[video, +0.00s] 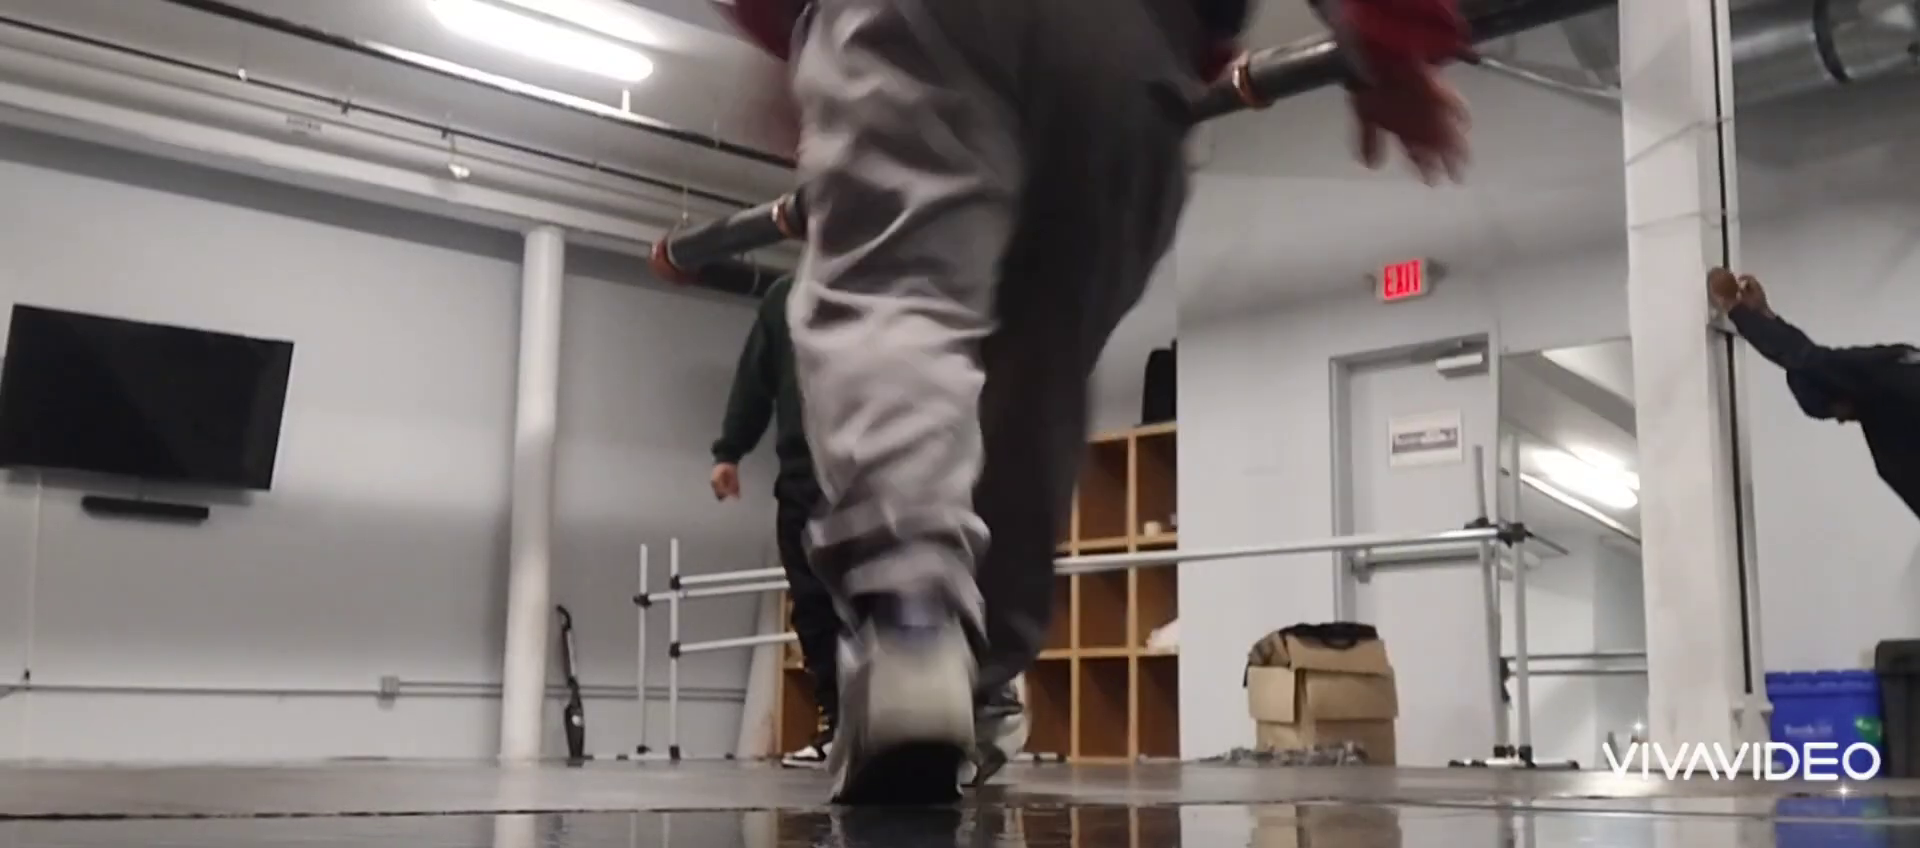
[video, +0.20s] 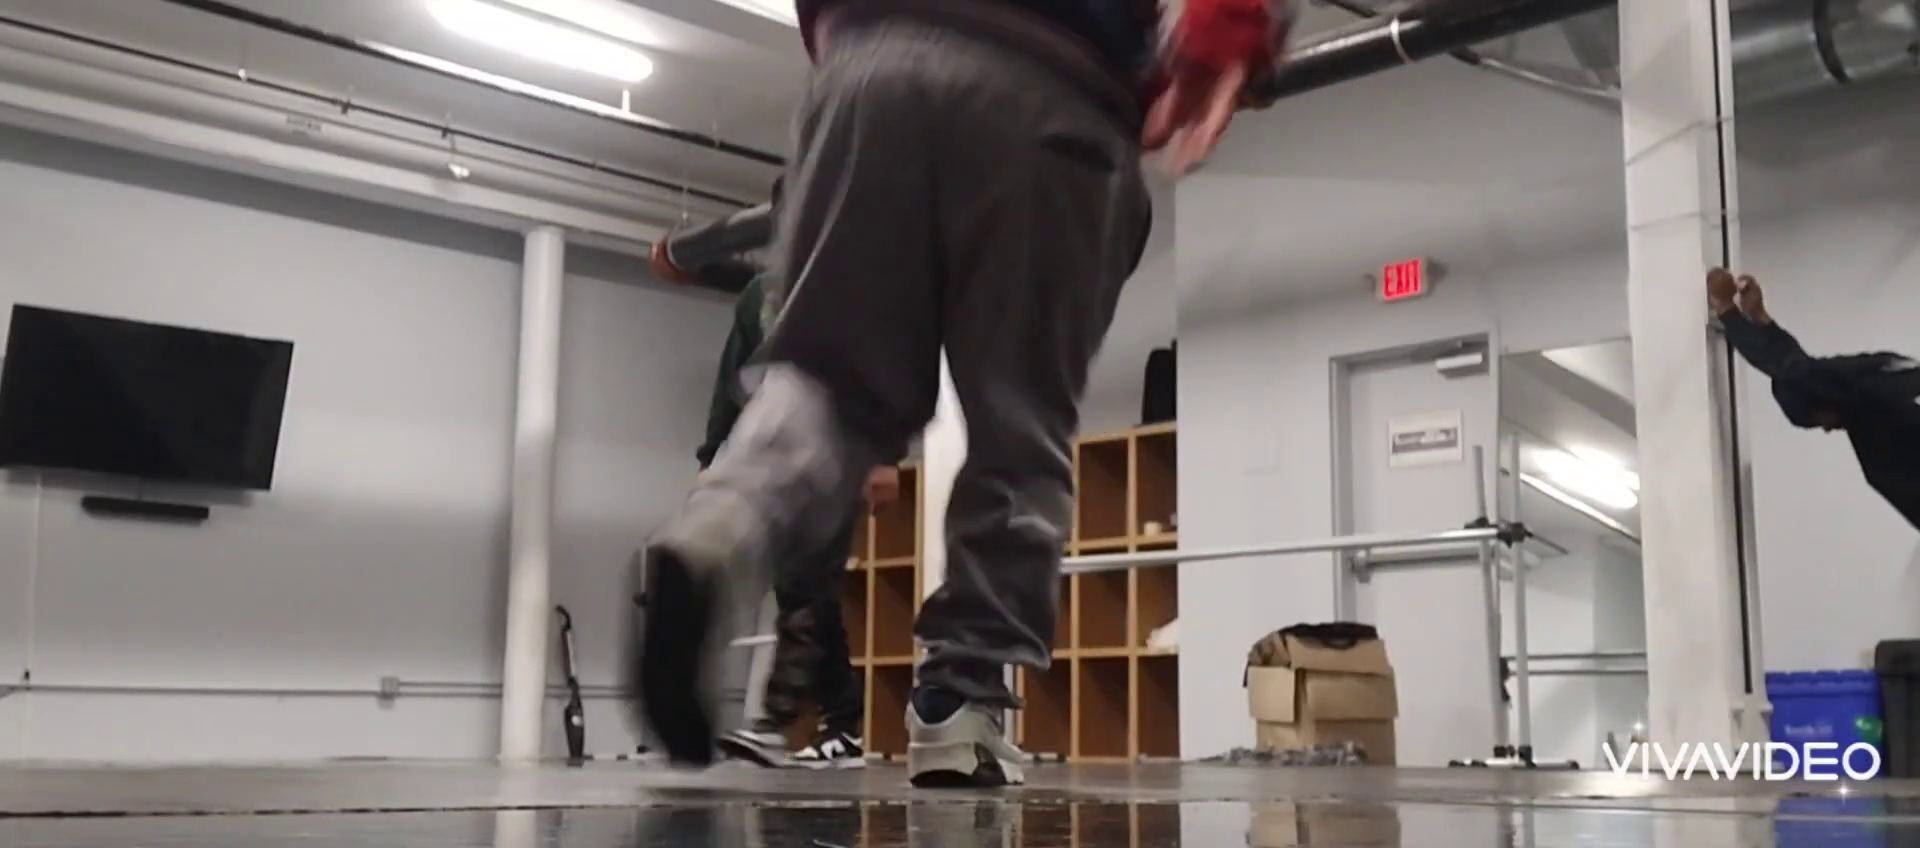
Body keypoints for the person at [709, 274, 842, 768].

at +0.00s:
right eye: (817, 228)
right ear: (808, 235)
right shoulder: (788, 298)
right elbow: (755, 378)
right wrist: (729, 452)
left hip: (876, 472)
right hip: (804, 475)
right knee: (811, 605)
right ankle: (834, 724)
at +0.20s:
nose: (790, 228)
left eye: (800, 216)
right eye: (783, 216)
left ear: (828, 224)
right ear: (776, 225)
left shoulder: (847, 291)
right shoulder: (762, 290)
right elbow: (734, 379)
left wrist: (886, 451)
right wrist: (716, 448)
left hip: (829, 449)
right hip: (766, 449)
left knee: (807, 589)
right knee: (810, 589)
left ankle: (775, 721)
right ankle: (842, 724)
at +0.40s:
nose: (779, 204)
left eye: (792, 197)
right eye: (770, 196)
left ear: (810, 211)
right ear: (756, 210)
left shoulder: (833, 273)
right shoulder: (737, 285)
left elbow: (859, 367)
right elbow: (714, 374)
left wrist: (859, 454)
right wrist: (700, 456)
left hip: (808, 455)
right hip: (748, 457)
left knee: (775, 590)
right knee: (780, 594)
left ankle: (735, 727)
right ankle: (842, 723)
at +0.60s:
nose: (747, 191)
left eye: (762, 184)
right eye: (741, 181)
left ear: (787, 200)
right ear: (729, 194)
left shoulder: (803, 270)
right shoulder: (714, 272)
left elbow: (821, 362)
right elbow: (690, 360)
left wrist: (807, 448)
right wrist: (663, 442)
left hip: (766, 454)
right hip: (711, 454)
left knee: (755, 594)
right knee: (718, 602)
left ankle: (731, 733)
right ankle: (810, 698)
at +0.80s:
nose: (712, 182)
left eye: (728, 175)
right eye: (706, 173)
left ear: (755, 189)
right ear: (695, 186)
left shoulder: (770, 259)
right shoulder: (684, 264)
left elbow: (773, 355)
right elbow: (661, 355)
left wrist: (739, 427)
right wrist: (632, 442)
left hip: (748, 450)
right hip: (680, 450)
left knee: (746, 591)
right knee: (648, 587)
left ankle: (730, 730)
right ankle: (701, 692)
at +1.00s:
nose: (673, 194)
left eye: (686, 180)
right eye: (664, 181)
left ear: (713, 184)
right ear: (649, 191)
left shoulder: (743, 256)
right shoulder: (635, 271)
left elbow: (757, 349)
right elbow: (616, 365)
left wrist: (708, 416)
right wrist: (609, 449)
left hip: (720, 459)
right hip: (642, 456)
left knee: (730, 594)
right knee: (610, 592)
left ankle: (728, 733)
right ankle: (576, 728)